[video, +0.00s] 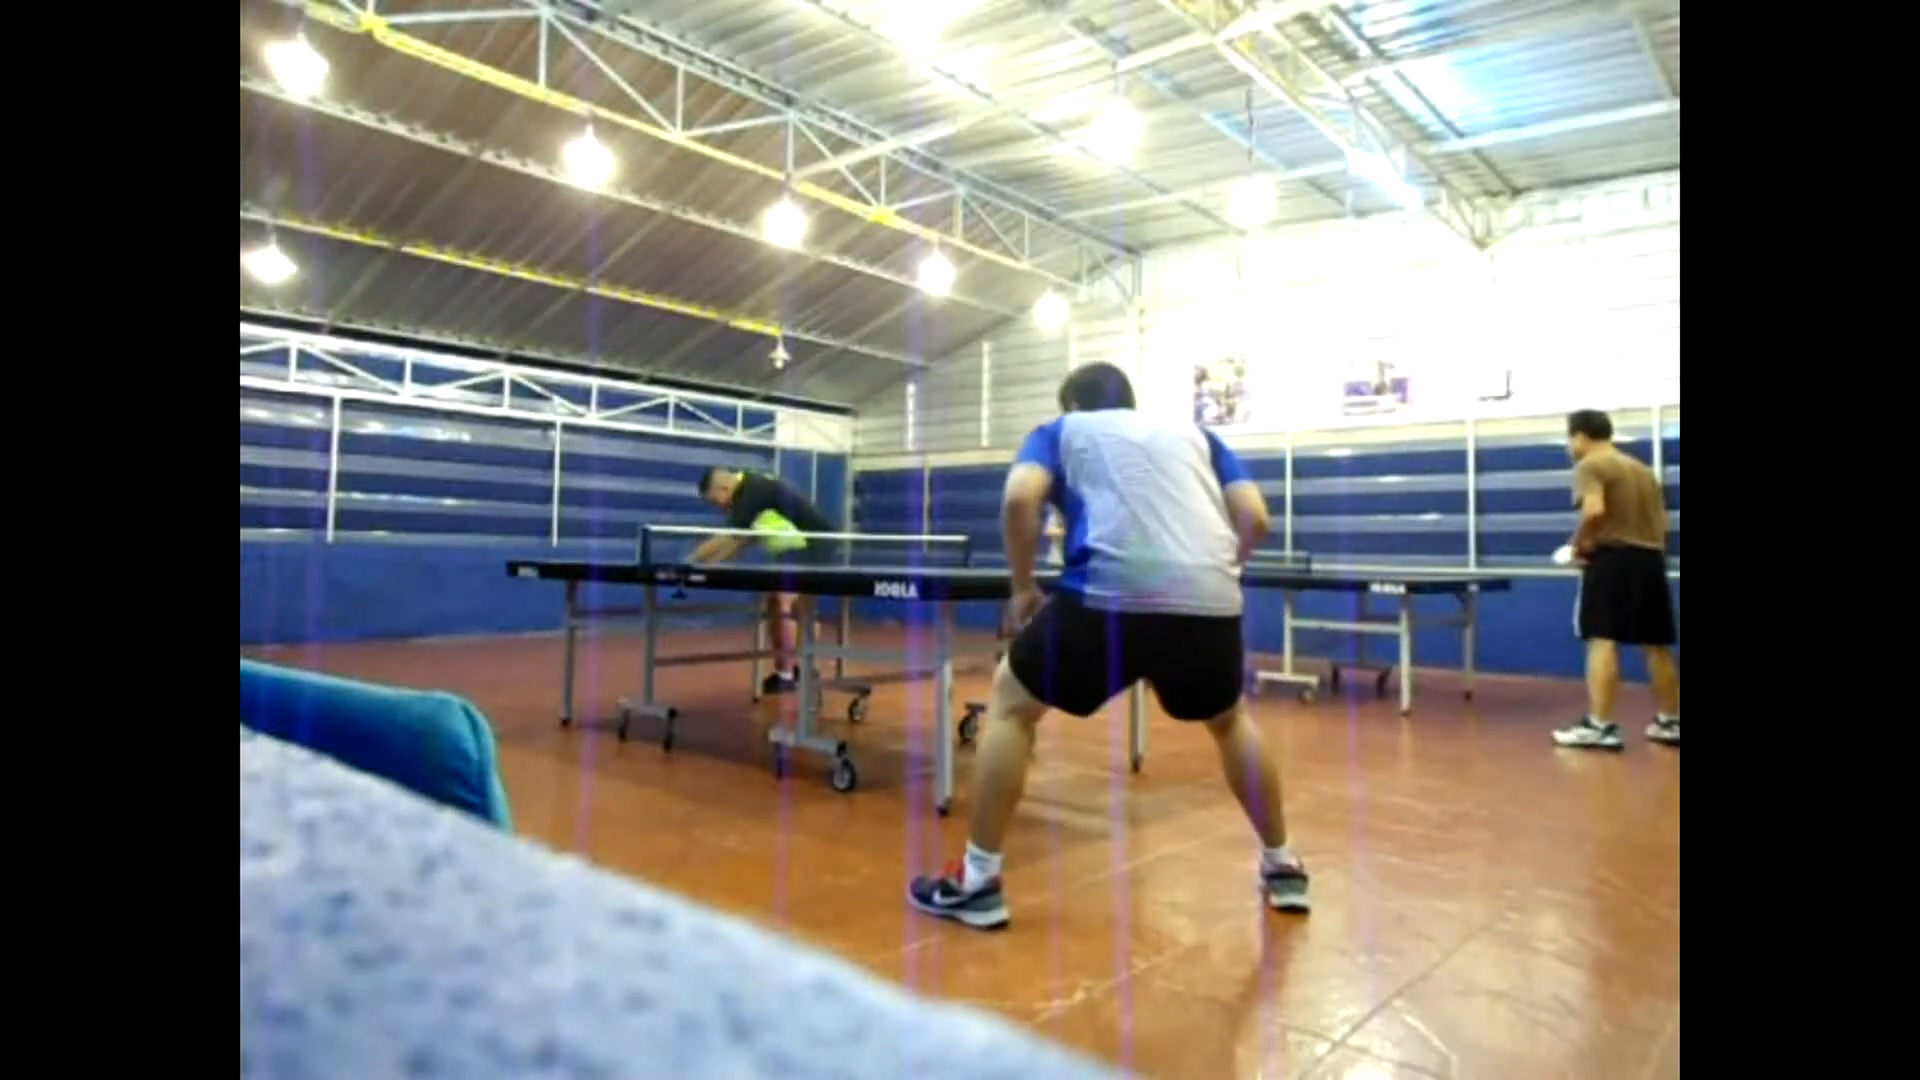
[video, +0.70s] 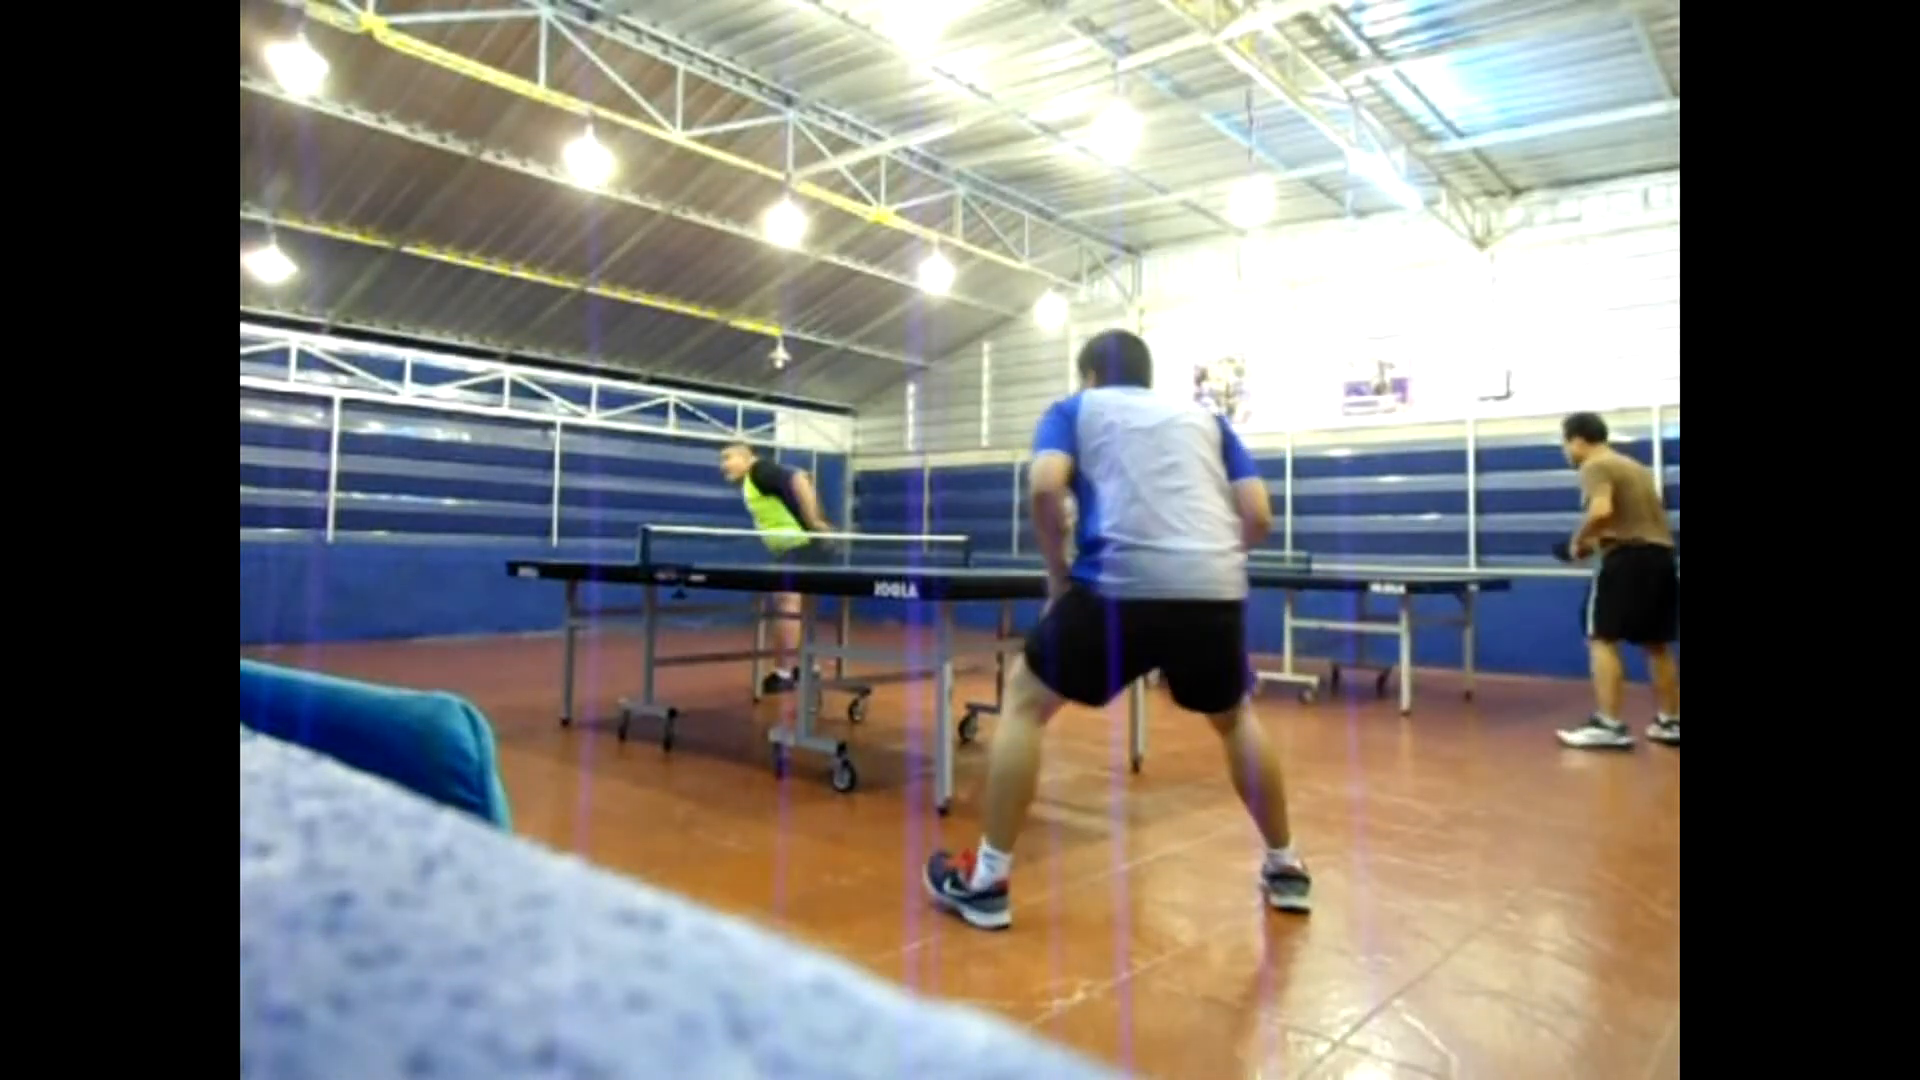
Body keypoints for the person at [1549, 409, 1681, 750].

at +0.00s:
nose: (1570, 446)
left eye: (1572, 438)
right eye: (1570, 439)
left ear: (1584, 437)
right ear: (1606, 435)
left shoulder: (1591, 465)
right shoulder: (1642, 469)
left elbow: (1594, 511)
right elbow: (1660, 521)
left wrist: (1579, 543)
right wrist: (1644, 544)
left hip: (1611, 553)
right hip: (1649, 555)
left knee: (1601, 640)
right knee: (1656, 644)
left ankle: (1599, 723)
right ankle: (1670, 718)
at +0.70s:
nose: (1567, 451)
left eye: (1568, 443)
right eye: (1566, 444)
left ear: (1580, 440)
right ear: (1601, 437)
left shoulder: (1596, 466)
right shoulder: (1635, 467)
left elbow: (1601, 510)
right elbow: (1651, 517)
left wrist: (1580, 539)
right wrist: (1601, 537)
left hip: (1626, 553)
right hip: (1660, 552)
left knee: (1602, 639)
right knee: (1657, 643)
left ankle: (1609, 721)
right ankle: (1671, 718)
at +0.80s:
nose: (1559, 457)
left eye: (1560, 449)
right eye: (1558, 450)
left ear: (1573, 445)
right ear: (1591, 443)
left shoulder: (1593, 469)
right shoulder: (1626, 468)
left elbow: (1590, 517)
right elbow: (1633, 528)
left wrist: (1568, 537)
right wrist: (1589, 537)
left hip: (1632, 554)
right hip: (1665, 551)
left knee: (1603, 638)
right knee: (1657, 642)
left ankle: (1614, 721)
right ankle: (1671, 719)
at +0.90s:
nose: (1546, 466)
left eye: (1547, 458)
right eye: (1545, 459)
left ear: (1560, 455)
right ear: (1577, 450)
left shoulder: (1586, 475)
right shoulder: (1612, 472)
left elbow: (1573, 528)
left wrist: (1546, 532)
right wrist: (1561, 535)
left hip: (1635, 559)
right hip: (1666, 554)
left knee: (1602, 640)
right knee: (1656, 645)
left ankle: (1599, 723)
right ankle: (1671, 719)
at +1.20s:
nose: (1523, 476)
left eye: (1524, 467)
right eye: (1522, 467)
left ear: (1538, 463)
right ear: (1552, 459)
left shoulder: (1568, 484)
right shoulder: (1582, 480)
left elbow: (1558, 530)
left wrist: (1525, 528)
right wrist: (1532, 525)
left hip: (1621, 567)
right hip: (1652, 561)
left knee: (1576, 642)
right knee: (1649, 645)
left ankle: (1595, 725)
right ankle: (1676, 718)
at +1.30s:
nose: (1524, 465)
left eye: (1526, 456)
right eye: (1523, 457)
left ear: (1542, 455)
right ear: (1551, 455)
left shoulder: (1573, 476)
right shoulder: (1560, 486)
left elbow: (1593, 512)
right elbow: (1529, 508)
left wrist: (1554, 532)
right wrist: (1492, 504)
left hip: (1621, 564)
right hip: (1647, 562)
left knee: (1577, 640)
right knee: (1653, 646)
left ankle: (1595, 724)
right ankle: (1680, 718)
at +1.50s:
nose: (1547, 455)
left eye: (1549, 447)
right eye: (1547, 447)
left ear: (1564, 446)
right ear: (1575, 445)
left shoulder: (1589, 470)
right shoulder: (1586, 474)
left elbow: (1633, 498)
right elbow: (1577, 511)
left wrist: (1595, 534)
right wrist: (1533, 514)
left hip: (1624, 563)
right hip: (1649, 562)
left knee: (1574, 638)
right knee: (1655, 645)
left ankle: (1595, 725)